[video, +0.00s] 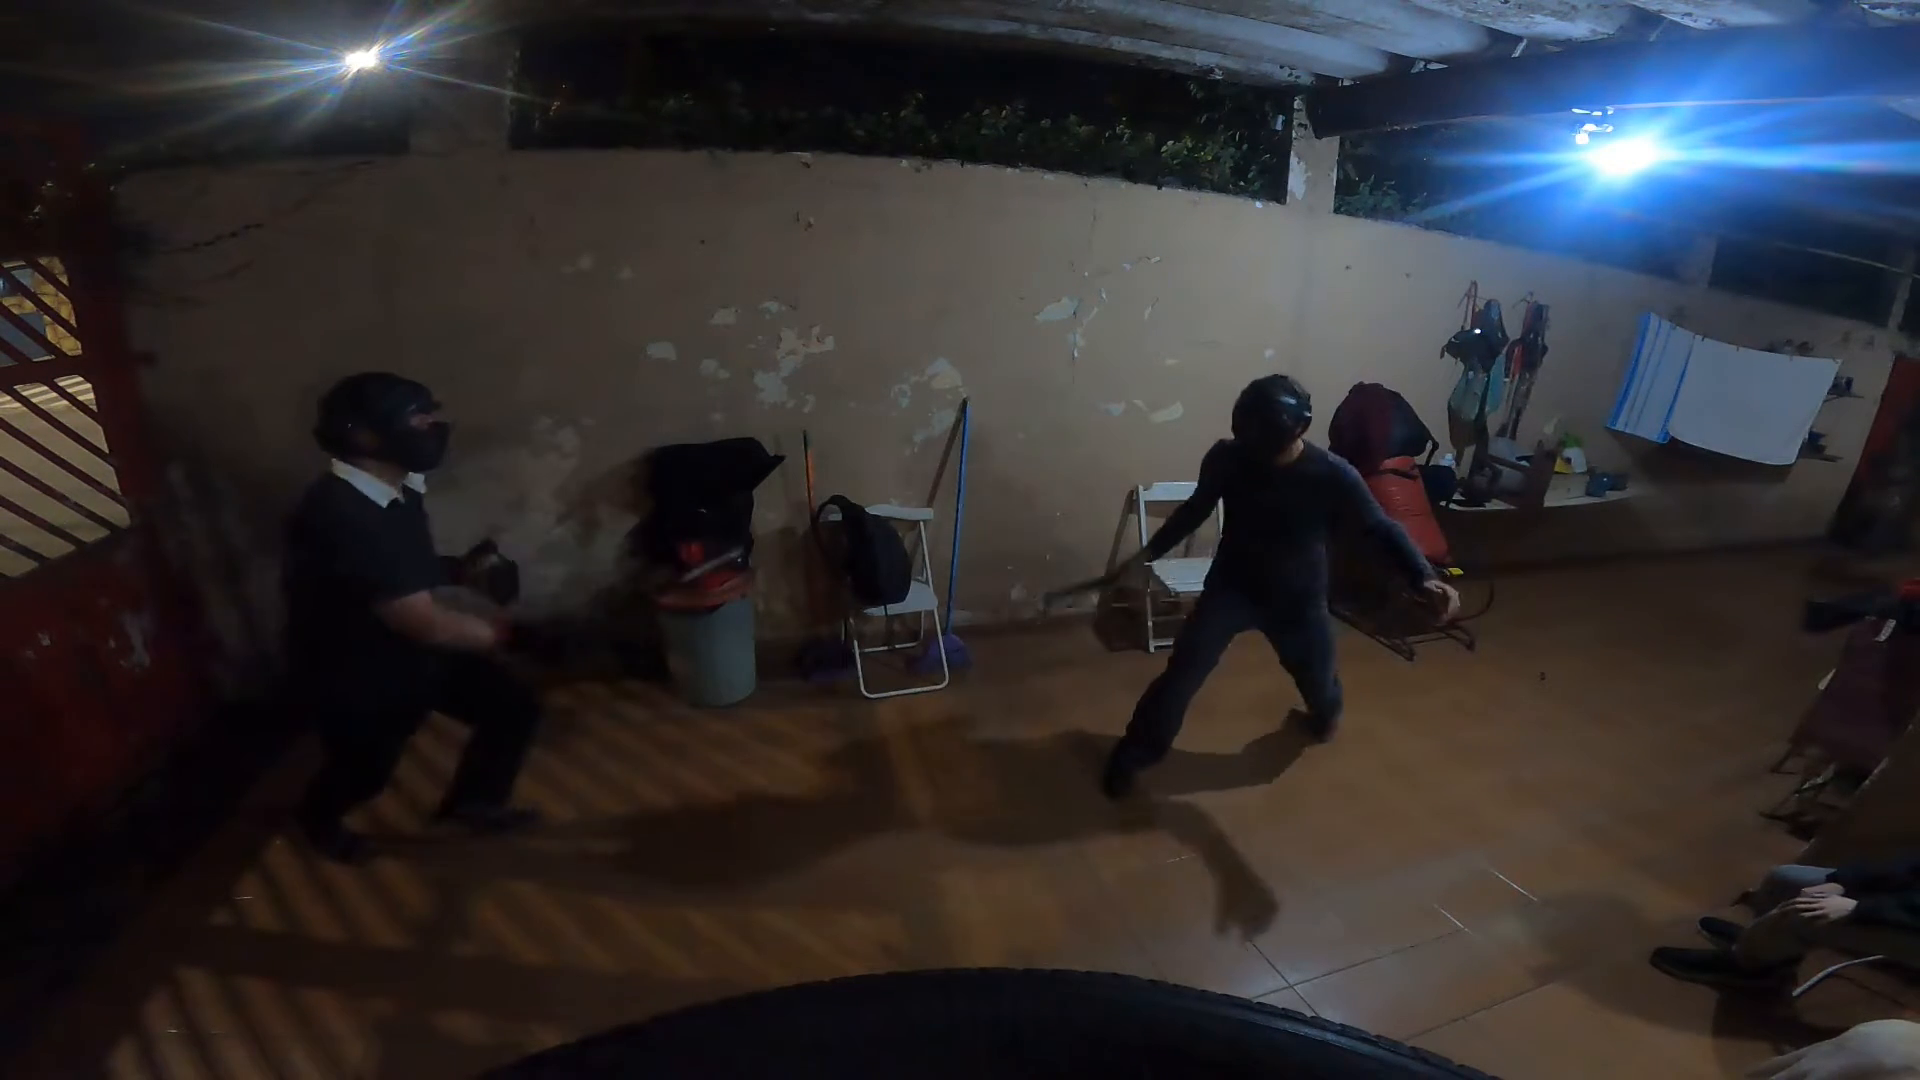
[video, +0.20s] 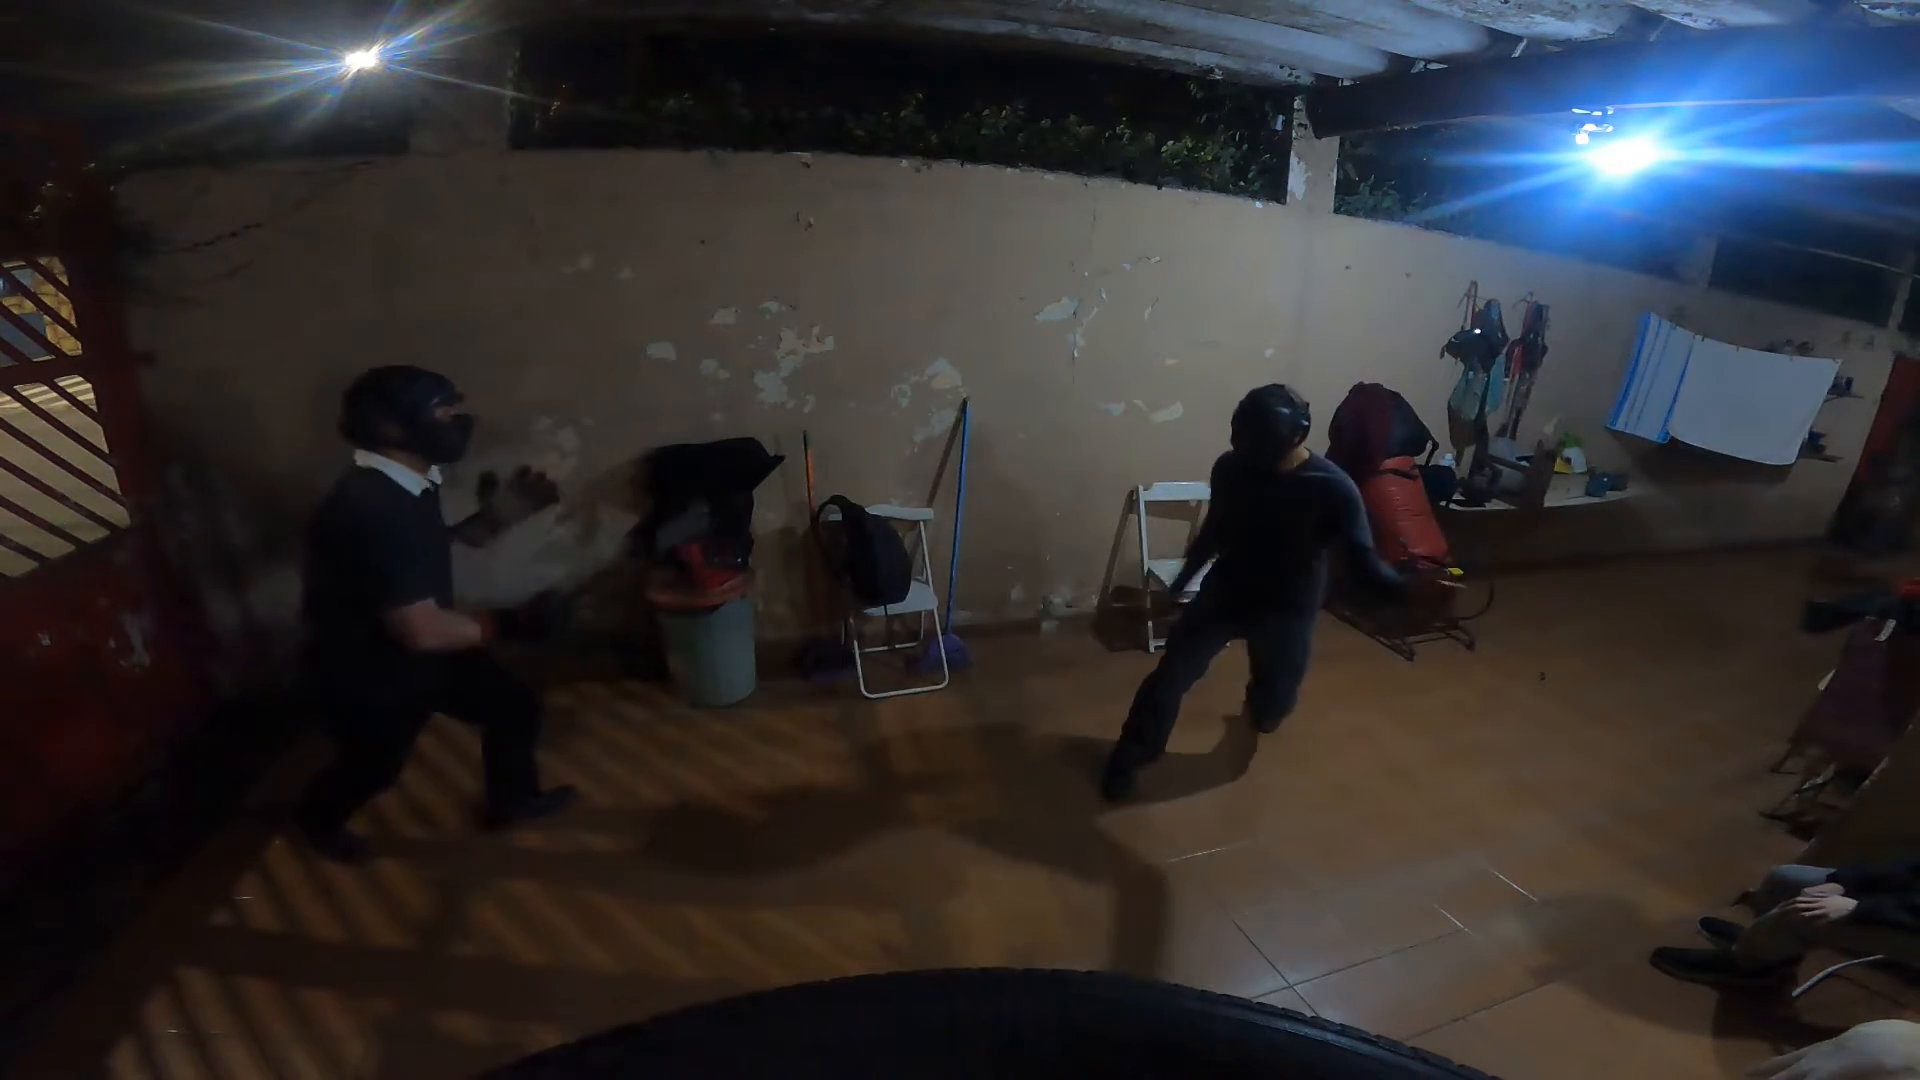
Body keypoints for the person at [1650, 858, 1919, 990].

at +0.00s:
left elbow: (1913, 916)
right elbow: (1910, 869)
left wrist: (1857, 910)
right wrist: (1843, 883)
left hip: (1910, 928)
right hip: (1903, 890)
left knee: (1800, 914)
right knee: (1783, 879)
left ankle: (1742, 962)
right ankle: (1757, 943)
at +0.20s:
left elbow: (1913, 916)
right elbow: (1910, 870)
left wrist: (1857, 909)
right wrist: (1844, 883)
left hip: (1910, 930)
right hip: (1903, 891)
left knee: (1800, 914)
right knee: (1783, 880)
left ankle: (1741, 962)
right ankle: (1756, 944)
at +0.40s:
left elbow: (1913, 916)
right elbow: (1910, 870)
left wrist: (1857, 909)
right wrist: (1843, 883)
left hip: (1911, 928)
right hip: (1904, 891)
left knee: (1800, 914)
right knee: (1783, 880)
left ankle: (1742, 963)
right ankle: (1756, 944)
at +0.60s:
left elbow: (1913, 915)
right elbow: (1910, 870)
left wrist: (1856, 908)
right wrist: (1843, 882)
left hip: (1911, 928)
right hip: (1904, 891)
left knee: (1801, 913)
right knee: (1783, 880)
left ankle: (1741, 963)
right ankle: (1756, 945)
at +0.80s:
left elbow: (1913, 912)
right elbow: (1909, 872)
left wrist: (1858, 908)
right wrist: (1845, 882)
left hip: (1912, 928)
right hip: (1905, 891)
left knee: (1799, 914)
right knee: (1783, 879)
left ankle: (1742, 963)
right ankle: (1756, 944)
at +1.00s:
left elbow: (1913, 915)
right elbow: (1910, 873)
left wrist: (1858, 908)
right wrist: (1845, 883)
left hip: (1912, 927)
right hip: (1905, 892)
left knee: (1799, 913)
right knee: (1783, 880)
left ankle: (1741, 963)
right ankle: (1757, 945)